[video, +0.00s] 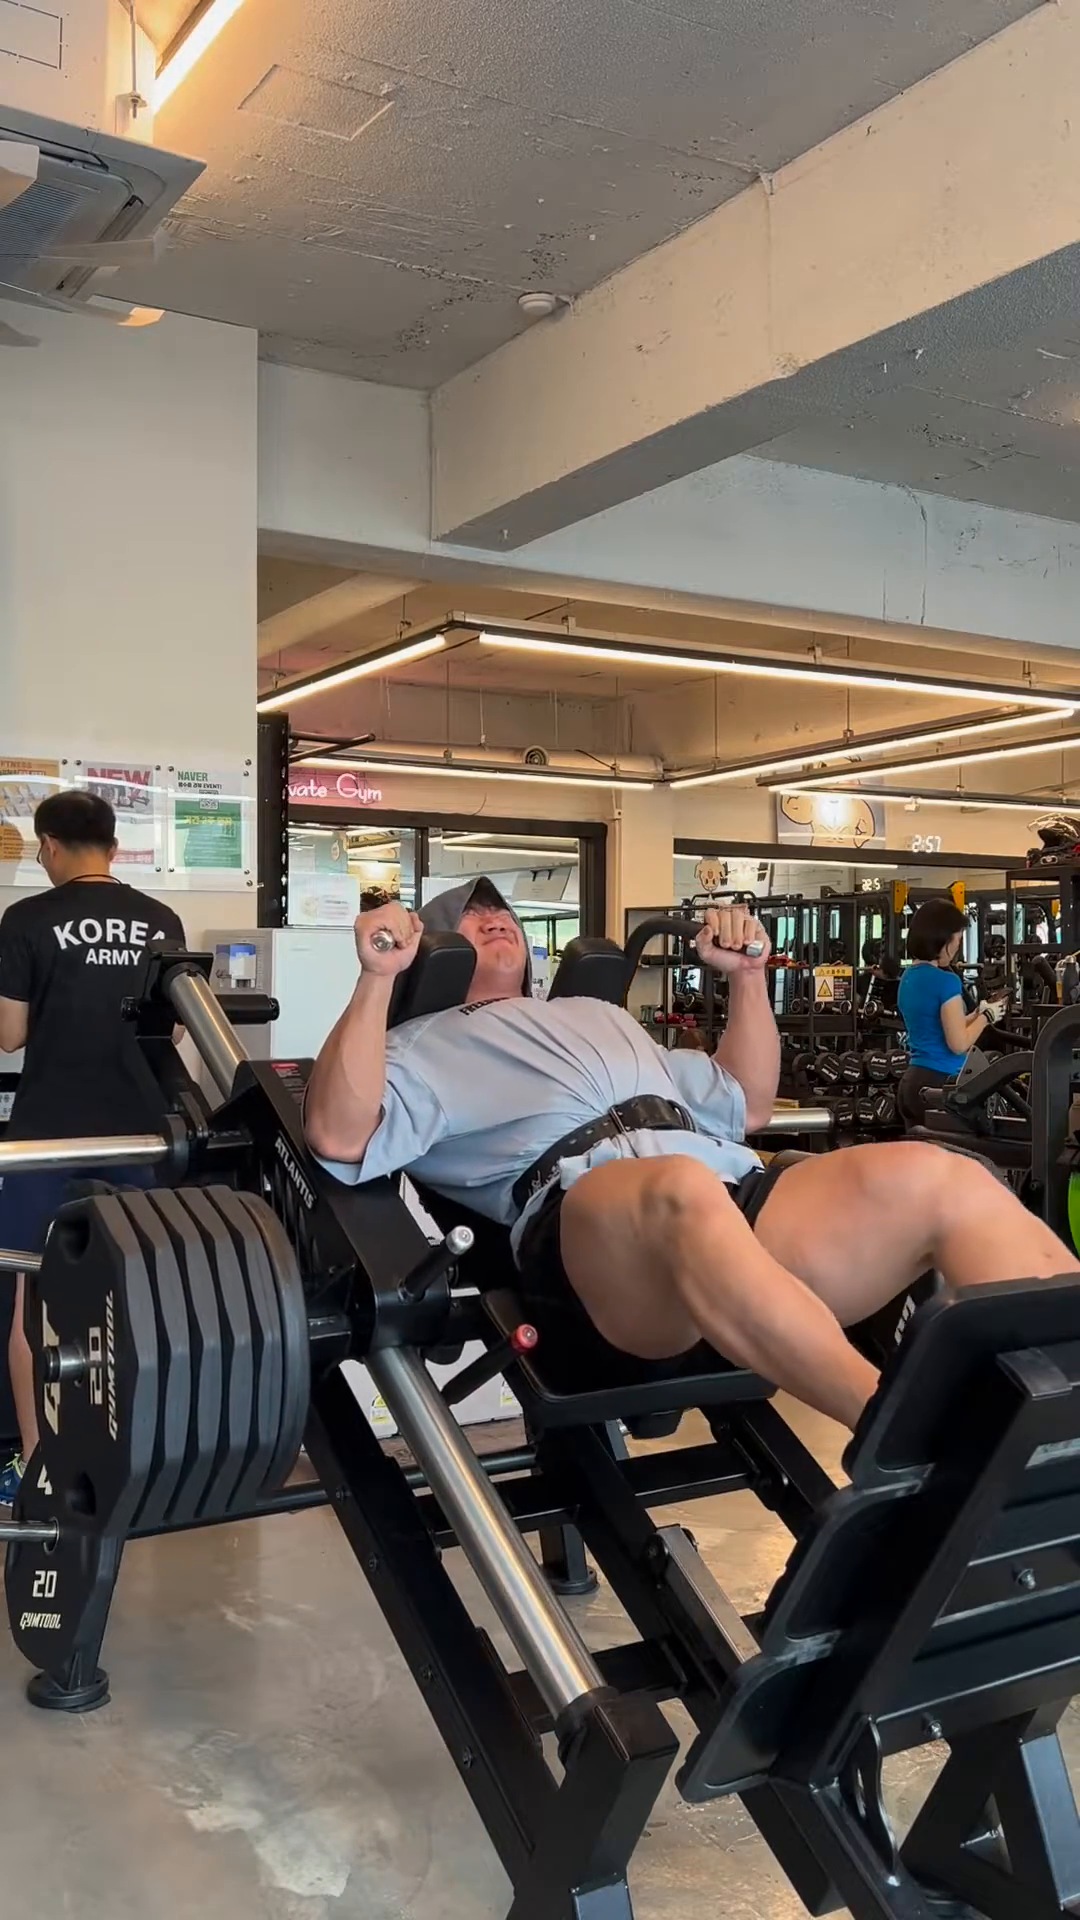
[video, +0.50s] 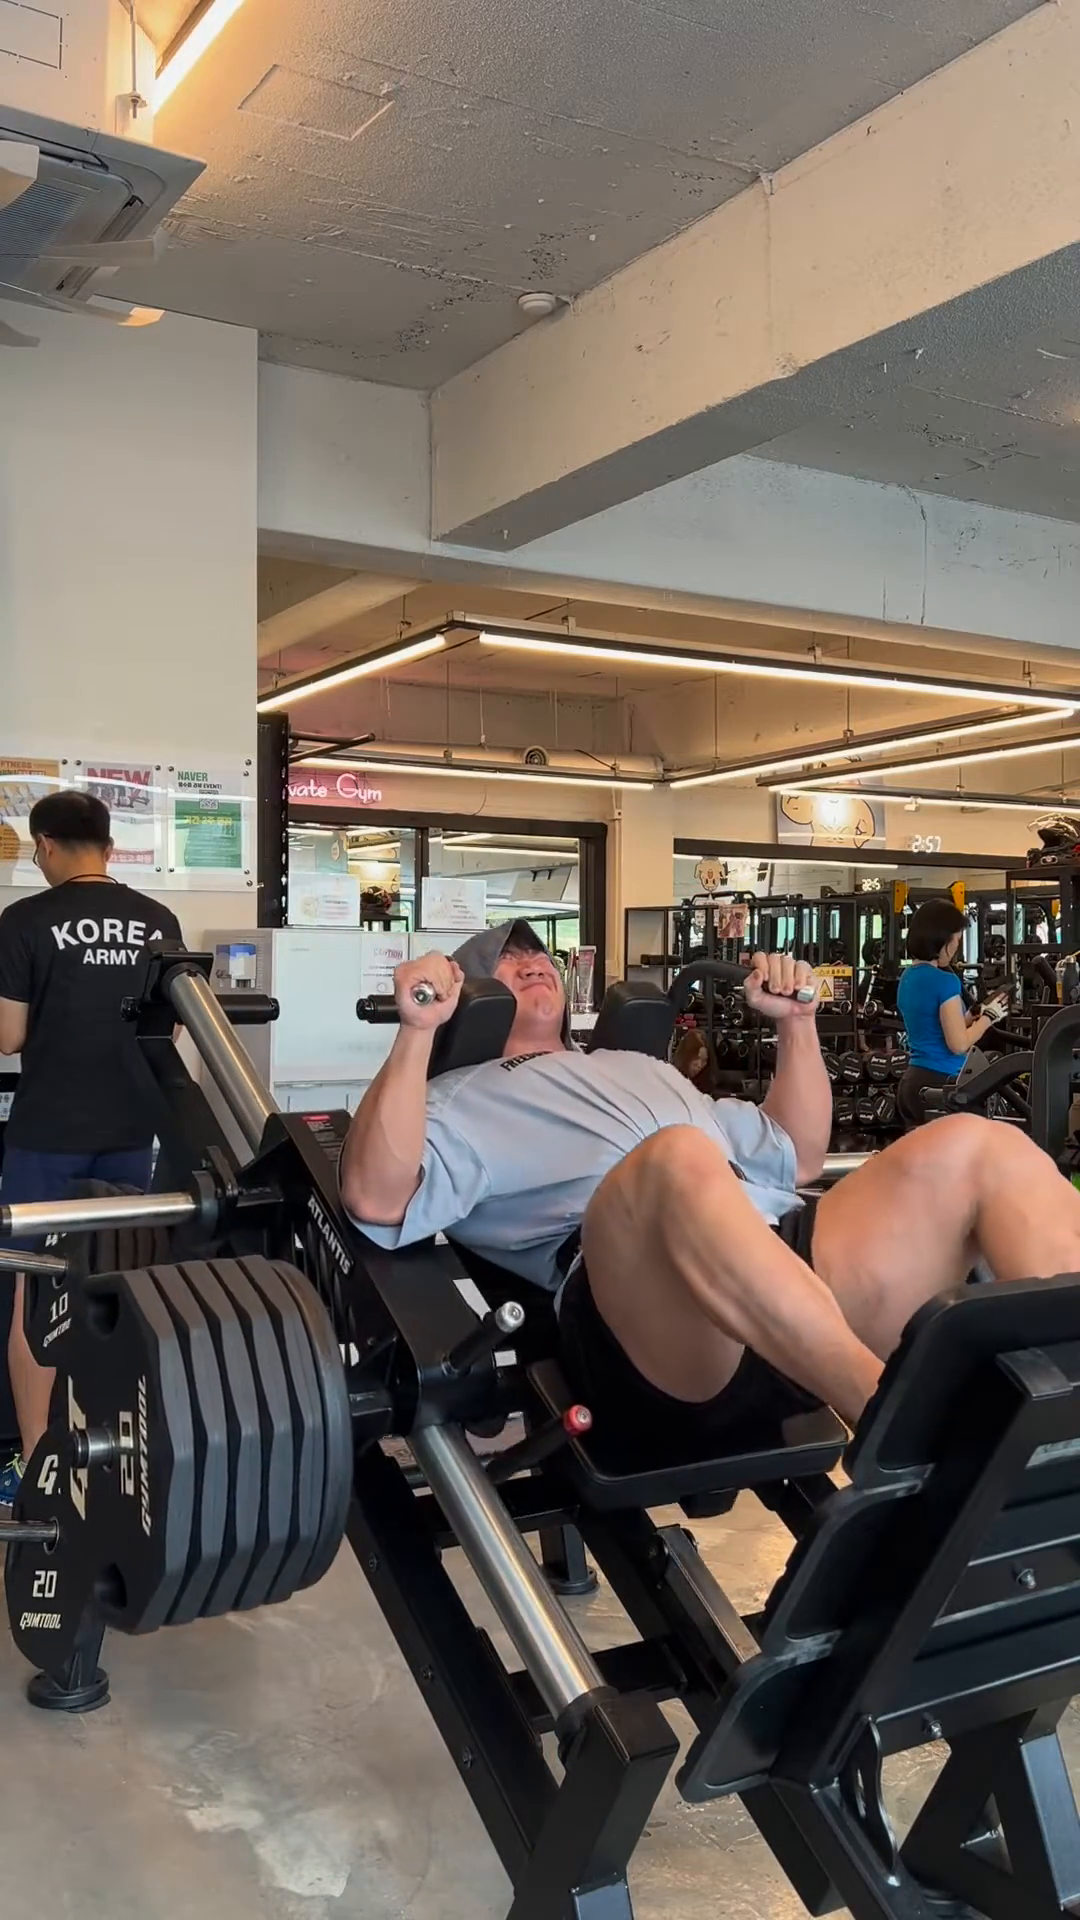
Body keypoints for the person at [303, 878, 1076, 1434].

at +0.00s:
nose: (495, 923)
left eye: (504, 916)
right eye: (472, 919)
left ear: (528, 947)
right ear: (441, 960)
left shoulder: (602, 1022)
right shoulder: (426, 1048)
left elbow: (744, 1102)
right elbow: (339, 1135)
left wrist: (745, 978)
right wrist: (376, 983)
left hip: (733, 1208)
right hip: (581, 1246)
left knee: (947, 1182)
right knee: (681, 1193)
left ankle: (1078, 1370)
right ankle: (902, 1427)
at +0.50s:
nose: (531, 964)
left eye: (540, 956)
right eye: (508, 958)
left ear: (564, 991)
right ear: (472, 1004)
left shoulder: (644, 1071)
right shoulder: (461, 1103)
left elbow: (794, 1158)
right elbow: (374, 1198)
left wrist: (796, 1024)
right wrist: (417, 1034)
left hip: (799, 1294)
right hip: (648, 1350)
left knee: (979, 1151)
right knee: (676, 1162)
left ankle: (1077, 1379)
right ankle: (891, 1417)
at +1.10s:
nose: (587, 1023)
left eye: (594, 1012)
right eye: (558, 1016)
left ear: (615, 1046)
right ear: (516, 1057)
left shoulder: (693, 1142)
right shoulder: (508, 1179)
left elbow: (858, 1215)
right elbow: (426, 1288)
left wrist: (863, 1089)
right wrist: (469, 1112)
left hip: (873, 1372)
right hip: (722, 1445)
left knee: (1002, 1145)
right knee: (678, 1158)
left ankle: (1069, 1392)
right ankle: (891, 1406)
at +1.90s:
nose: (629, 1077)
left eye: (635, 1063)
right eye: (599, 1072)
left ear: (662, 1096)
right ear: (559, 1114)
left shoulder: (763, 1200)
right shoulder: (555, 1239)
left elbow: (902, 1270)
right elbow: (474, 1364)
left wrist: (921, 1153)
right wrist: (516, 1177)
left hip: (917, 1395)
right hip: (781, 1481)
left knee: (1001, 1148)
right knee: (667, 1177)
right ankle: (892, 1417)